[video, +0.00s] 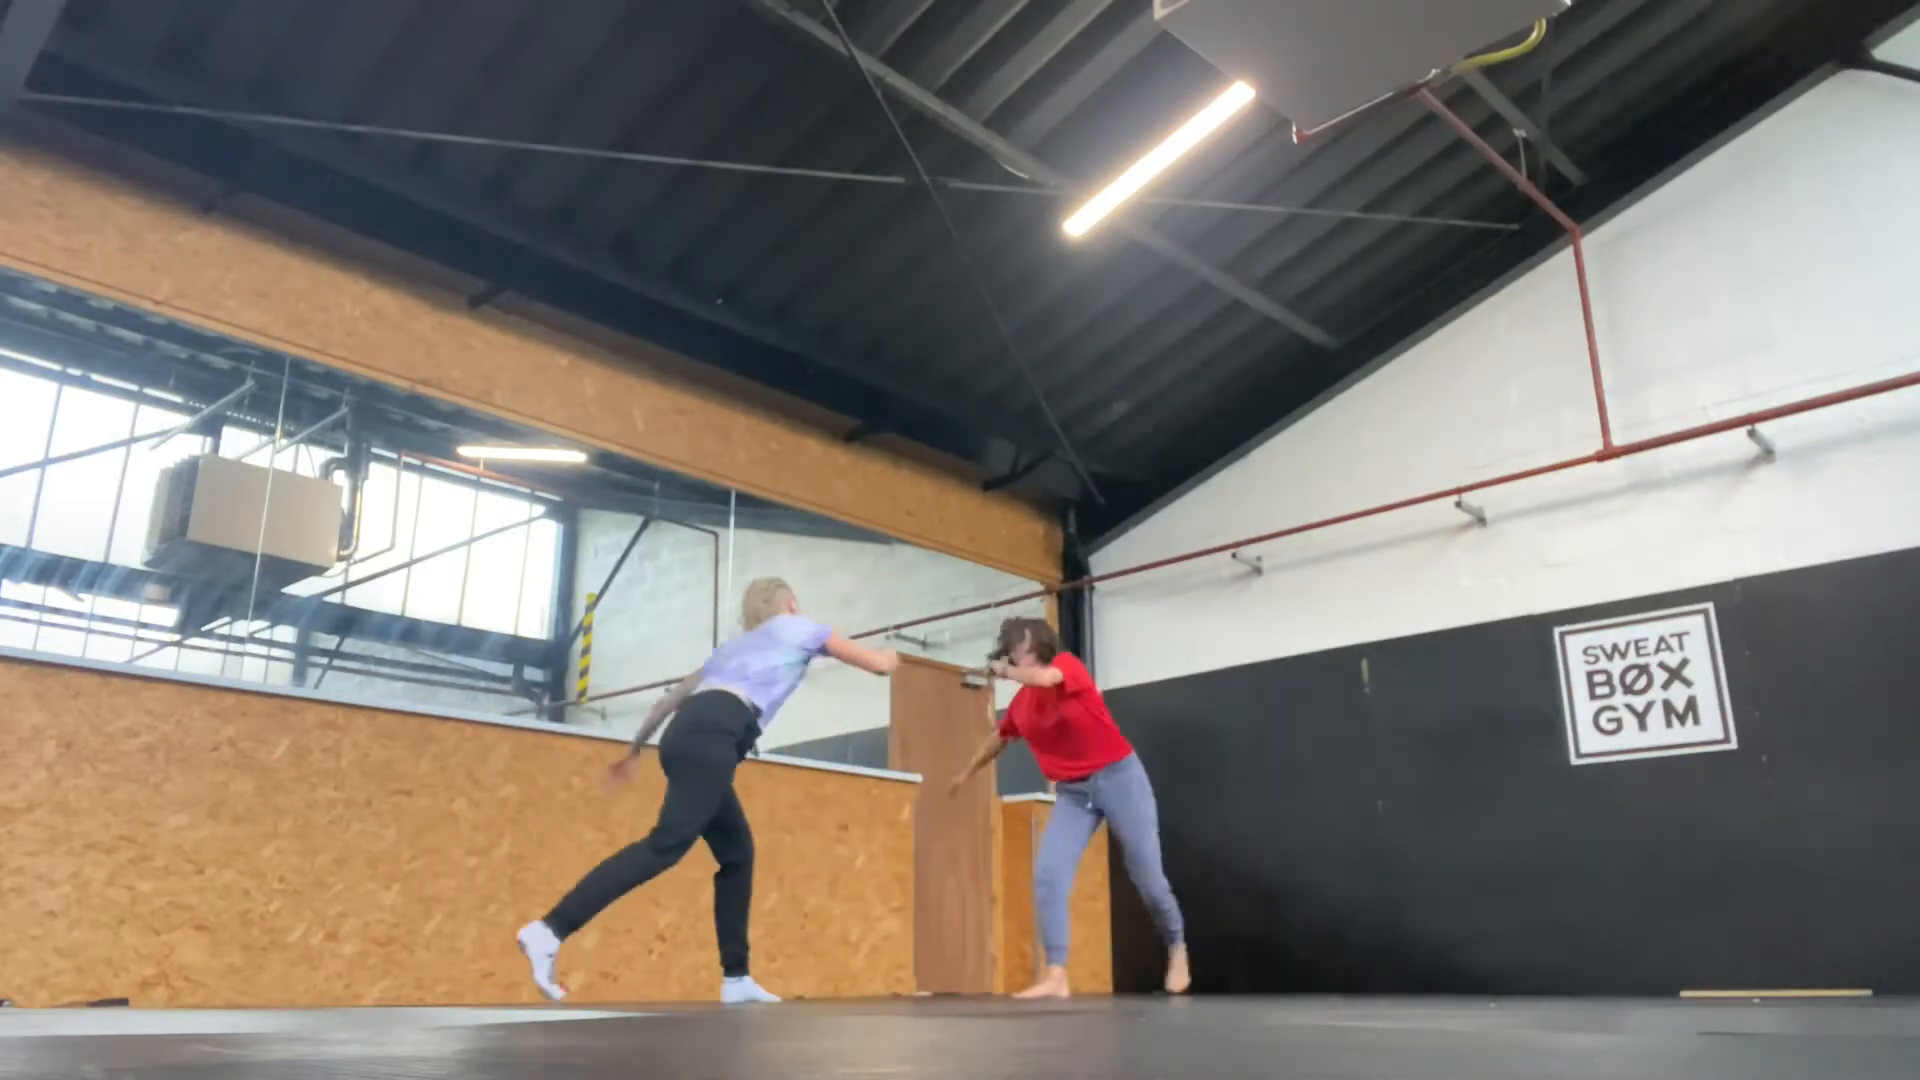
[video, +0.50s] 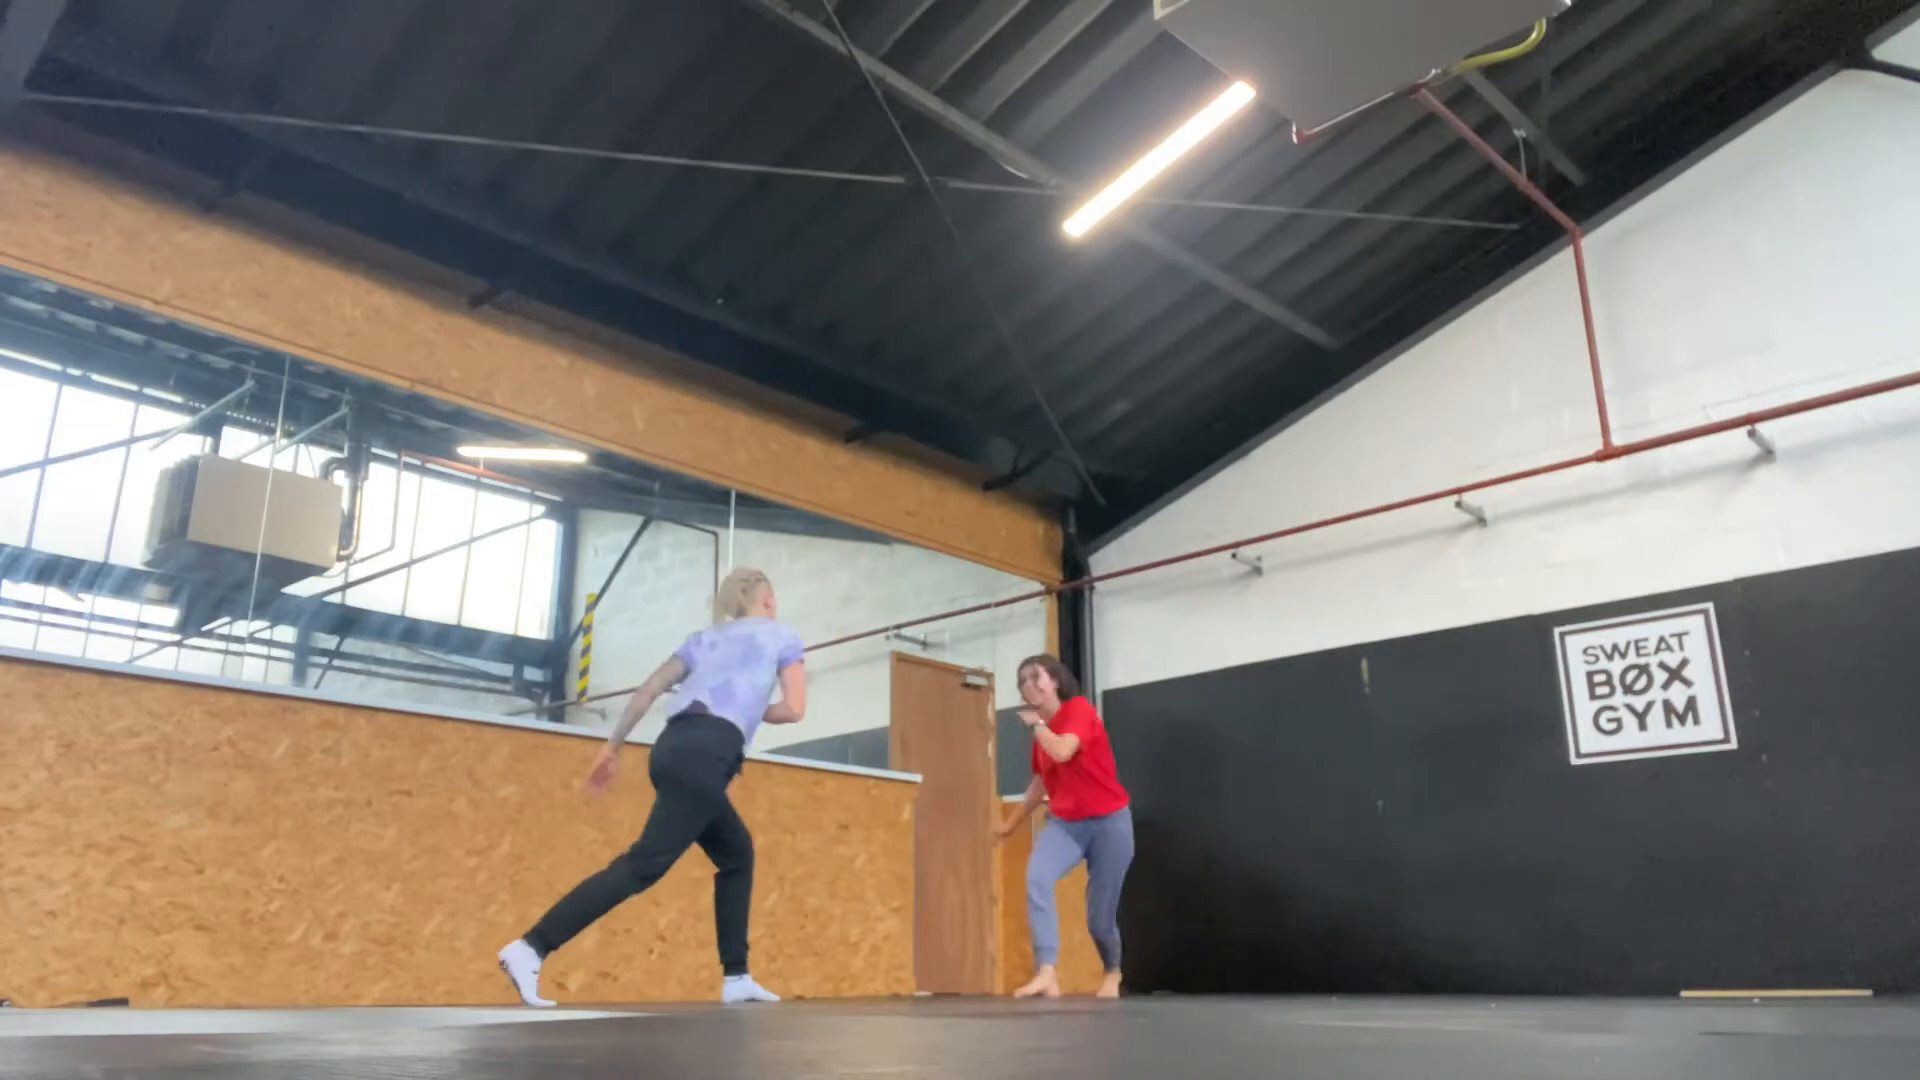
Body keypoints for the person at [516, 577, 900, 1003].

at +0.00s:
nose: (801, 608)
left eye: (796, 603)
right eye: (797, 603)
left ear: (754, 614)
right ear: (786, 605)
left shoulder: (729, 649)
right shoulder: (799, 627)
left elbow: (671, 700)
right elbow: (881, 664)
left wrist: (634, 749)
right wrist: (891, 654)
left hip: (683, 735)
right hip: (715, 733)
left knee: (736, 854)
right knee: (664, 848)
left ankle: (737, 980)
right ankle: (547, 932)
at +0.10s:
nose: (784, 599)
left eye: (782, 594)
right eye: (781, 593)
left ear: (736, 599)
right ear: (771, 593)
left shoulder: (710, 636)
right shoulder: (781, 615)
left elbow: (642, 680)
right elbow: (846, 667)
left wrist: (593, 727)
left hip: (669, 737)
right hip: (699, 736)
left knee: (727, 857)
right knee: (642, 850)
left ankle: (736, 981)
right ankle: (532, 947)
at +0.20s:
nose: (768, 596)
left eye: (766, 590)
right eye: (766, 590)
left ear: (720, 592)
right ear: (756, 589)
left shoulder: (686, 627)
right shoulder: (764, 619)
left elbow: (633, 665)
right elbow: (792, 694)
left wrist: (585, 709)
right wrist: (749, 673)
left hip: (652, 750)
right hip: (680, 752)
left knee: (727, 854)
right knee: (627, 866)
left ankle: (736, 980)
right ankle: (513, 957)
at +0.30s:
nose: (759, 611)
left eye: (759, 603)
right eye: (759, 603)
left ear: (714, 596)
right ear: (747, 597)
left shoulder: (672, 628)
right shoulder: (751, 634)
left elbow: (632, 671)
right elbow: (748, 719)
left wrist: (590, 712)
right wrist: (713, 699)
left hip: (642, 759)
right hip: (676, 763)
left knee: (732, 851)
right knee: (625, 879)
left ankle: (736, 975)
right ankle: (509, 961)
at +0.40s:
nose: (764, 612)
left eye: (763, 605)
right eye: (763, 604)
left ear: (717, 599)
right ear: (752, 599)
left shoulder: (678, 633)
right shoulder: (756, 632)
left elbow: (635, 681)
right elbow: (755, 714)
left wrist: (597, 731)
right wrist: (714, 709)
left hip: (649, 760)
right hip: (682, 763)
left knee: (733, 850)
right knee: (626, 878)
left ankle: (736, 975)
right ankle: (510, 960)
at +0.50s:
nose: (775, 605)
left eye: (771, 597)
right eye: (772, 597)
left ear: (731, 603)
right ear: (763, 600)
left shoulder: (704, 639)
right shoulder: (780, 636)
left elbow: (650, 687)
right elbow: (793, 709)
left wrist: (612, 745)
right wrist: (747, 709)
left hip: (667, 753)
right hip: (706, 756)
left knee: (736, 854)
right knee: (640, 868)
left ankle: (737, 979)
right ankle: (529, 950)